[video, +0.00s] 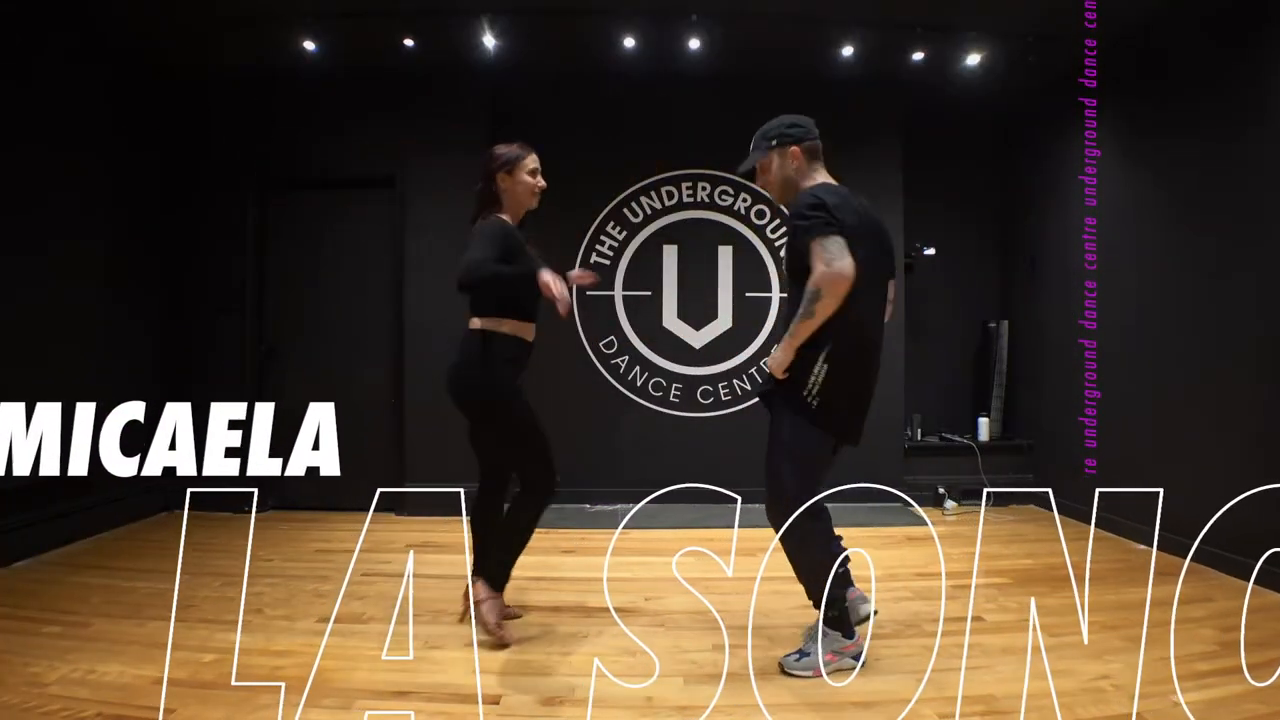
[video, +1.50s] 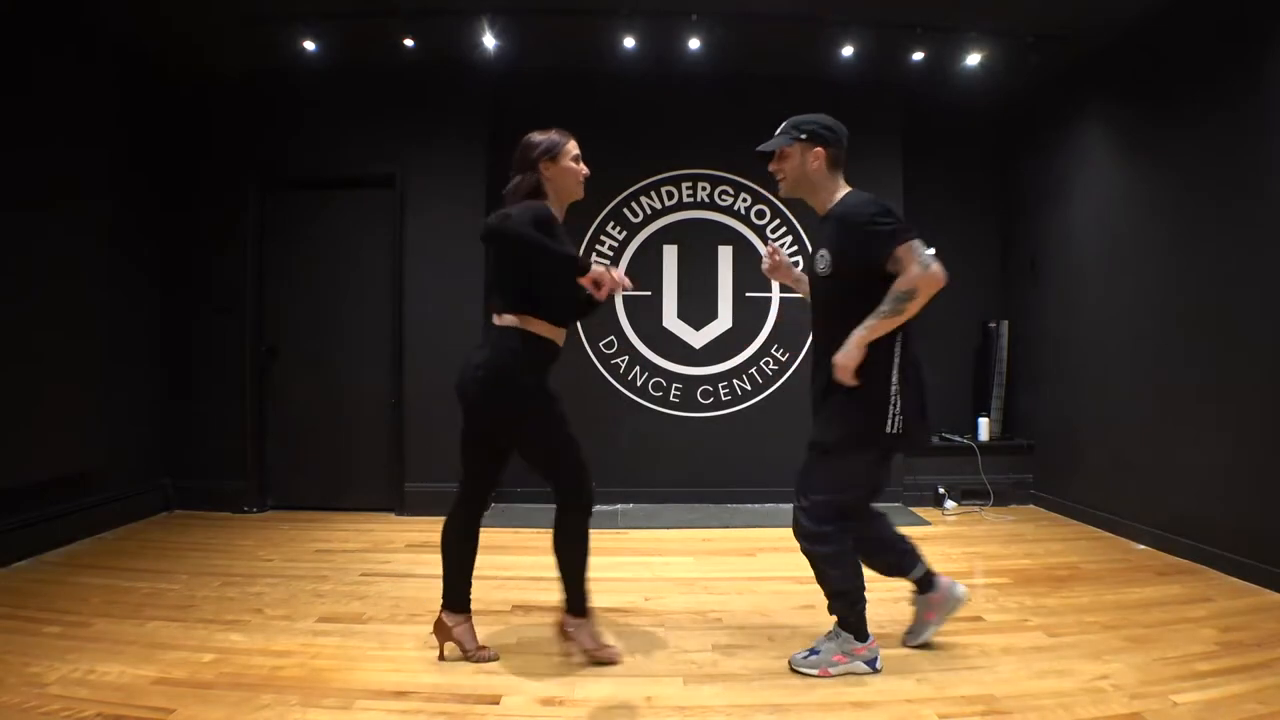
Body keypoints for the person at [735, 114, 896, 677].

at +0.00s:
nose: (761, 181)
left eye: (764, 168)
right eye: (759, 171)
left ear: (793, 154)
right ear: (803, 157)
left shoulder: (812, 204)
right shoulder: (863, 210)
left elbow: (836, 270)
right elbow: (885, 305)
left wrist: (788, 344)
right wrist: (829, 343)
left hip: (814, 384)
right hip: (844, 386)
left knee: (789, 502)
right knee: (795, 495)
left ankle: (837, 634)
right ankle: (845, 594)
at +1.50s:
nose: (774, 167)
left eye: (783, 156)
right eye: (774, 158)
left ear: (818, 157)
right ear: (813, 160)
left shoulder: (862, 214)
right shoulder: (833, 226)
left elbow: (928, 276)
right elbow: (845, 298)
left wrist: (859, 340)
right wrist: (795, 279)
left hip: (865, 400)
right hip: (847, 397)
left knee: (818, 515)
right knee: (841, 509)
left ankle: (853, 638)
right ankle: (932, 586)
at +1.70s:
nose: (794, 166)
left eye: (803, 155)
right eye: (794, 157)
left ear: (838, 158)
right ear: (828, 162)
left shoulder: (887, 216)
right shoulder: (840, 233)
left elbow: (966, 264)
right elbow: (853, 316)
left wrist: (889, 304)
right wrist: (792, 312)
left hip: (883, 405)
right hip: (863, 403)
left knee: (827, 517)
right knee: (899, 509)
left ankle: (853, 638)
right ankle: (961, 608)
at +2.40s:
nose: (843, 182)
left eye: (851, 169)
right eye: (840, 173)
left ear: (887, 163)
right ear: (870, 172)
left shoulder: (951, 220)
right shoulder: (876, 247)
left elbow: (1018, 284)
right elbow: (889, 312)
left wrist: (938, 272)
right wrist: (870, 358)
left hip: (947, 400)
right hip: (911, 402)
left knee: (873, 503)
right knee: (949, 502)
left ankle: (922, 623)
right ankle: (999, 606)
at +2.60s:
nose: (830, 162)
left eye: (839, 150)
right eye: (829, 153)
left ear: (875, 151)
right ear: (862, 156)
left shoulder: (925, 213)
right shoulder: (869, 231)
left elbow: (936, 305)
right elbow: (885, 316)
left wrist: (857, 296)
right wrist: (856, 374)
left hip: (935, 389)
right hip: (892, 390)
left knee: (924, 509)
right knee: (892, 503)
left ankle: (945, 639)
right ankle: (969, 583)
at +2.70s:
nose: (818, 154)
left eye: (829, 143)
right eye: (818, 145)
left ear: (865, 144)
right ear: (853, 149)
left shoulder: (904, 207)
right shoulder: (868, 219)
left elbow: (920, 301)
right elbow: (876, 311)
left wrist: (841, 343)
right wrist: (827, 350)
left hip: (929, 392)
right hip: (886, 391)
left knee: (927, 509)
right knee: (861, 496)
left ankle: (946, 640)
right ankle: (931, 588)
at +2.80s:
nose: (796, 148)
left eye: (806, 138)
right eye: (797, 139)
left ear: (842, 139)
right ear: (834, 143)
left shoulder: (874, 205)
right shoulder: (851, 212)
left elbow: (921, 286)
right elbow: (857, 304)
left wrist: (864, 355)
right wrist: (784, 315)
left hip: (908, 392)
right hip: (866, 389)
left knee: (917, 514)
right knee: (837, 503)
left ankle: (946, 639)